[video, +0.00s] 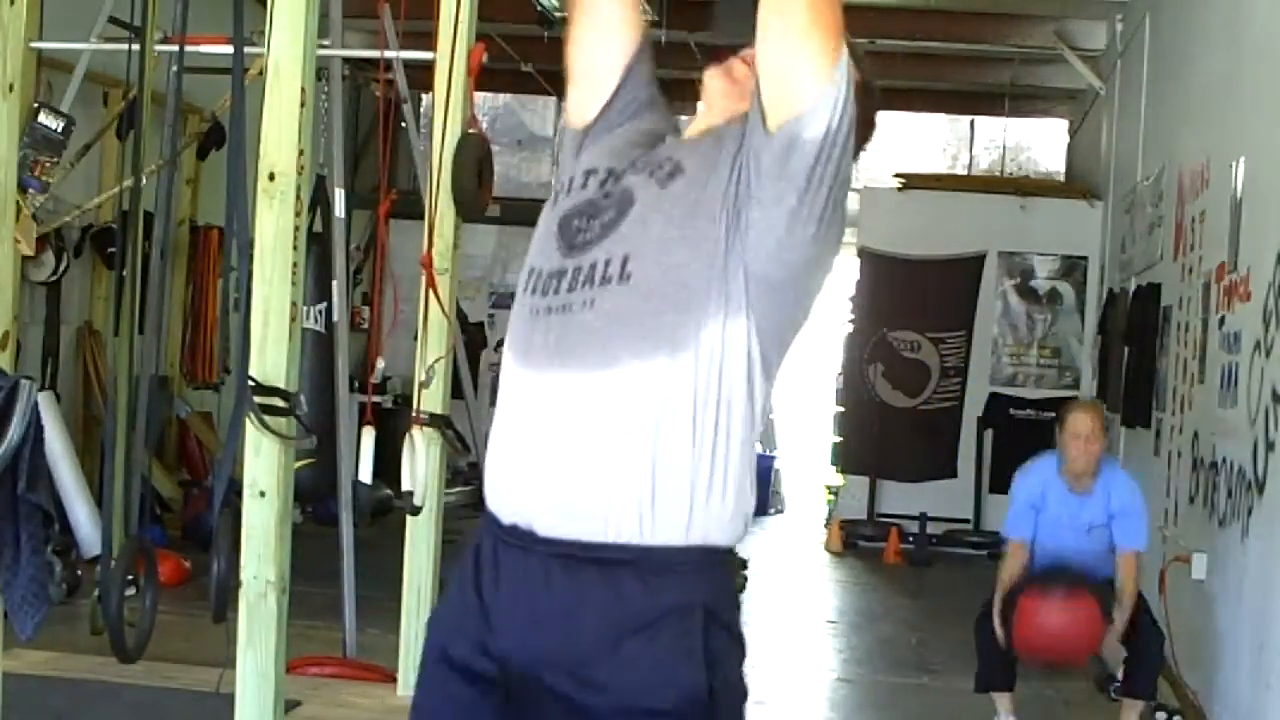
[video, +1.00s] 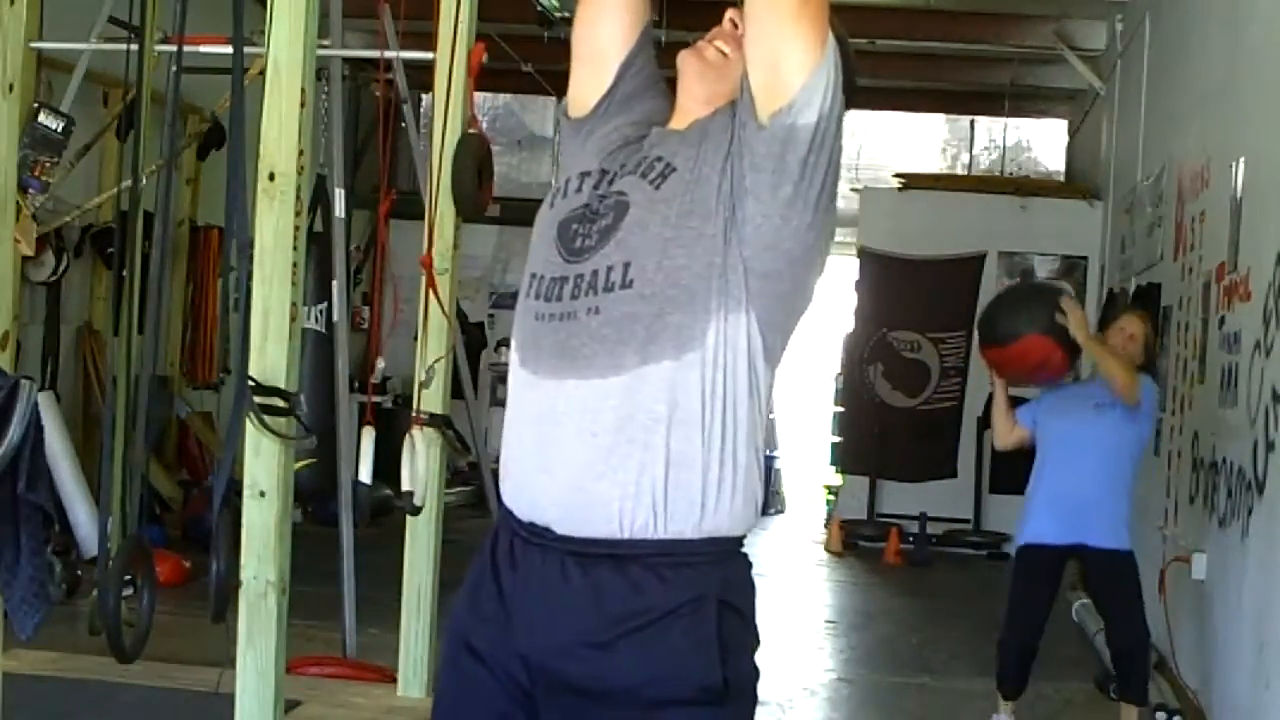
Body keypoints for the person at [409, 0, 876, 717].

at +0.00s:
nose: (734, 56)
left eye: (764, 57)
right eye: (739, 47)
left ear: (793, 106)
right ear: (713, 65)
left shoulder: (781, 173)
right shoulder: (610, 143)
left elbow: (805, 10)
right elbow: (601, 7)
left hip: (652, 600)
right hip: (496, 573)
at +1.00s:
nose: (728, 24)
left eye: (757, 28)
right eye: (728, 13)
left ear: (774, 77)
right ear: (699, 36)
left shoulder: (775, 161)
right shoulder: (606, 133)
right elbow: (605, 2)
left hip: (667, 601)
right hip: (510, 577)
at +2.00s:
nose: (762, 128)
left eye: (804, 132)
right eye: (773, 95)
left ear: (829, 178)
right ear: (752, 83)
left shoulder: (808, 258)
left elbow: (656, 210)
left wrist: (648, 107)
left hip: (630, 637)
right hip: (481, 597)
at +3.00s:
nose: (593, 328)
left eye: (625, 296)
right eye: (572, 290)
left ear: (668, 249)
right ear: (535, 232)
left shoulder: (746, 347)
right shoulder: (484, 318)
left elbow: (797, 561)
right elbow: (424, 474)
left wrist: (652, 694)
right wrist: (449, 647)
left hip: (733, 623)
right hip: (562, 613)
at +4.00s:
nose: (527, 468)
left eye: (550, 438)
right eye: (504, 440)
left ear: (608, 382)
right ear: (481, 403)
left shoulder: (707, 413)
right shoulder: (445, 432)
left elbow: (838, 640)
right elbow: (425, 617)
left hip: (727, 654)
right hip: (555, 646)